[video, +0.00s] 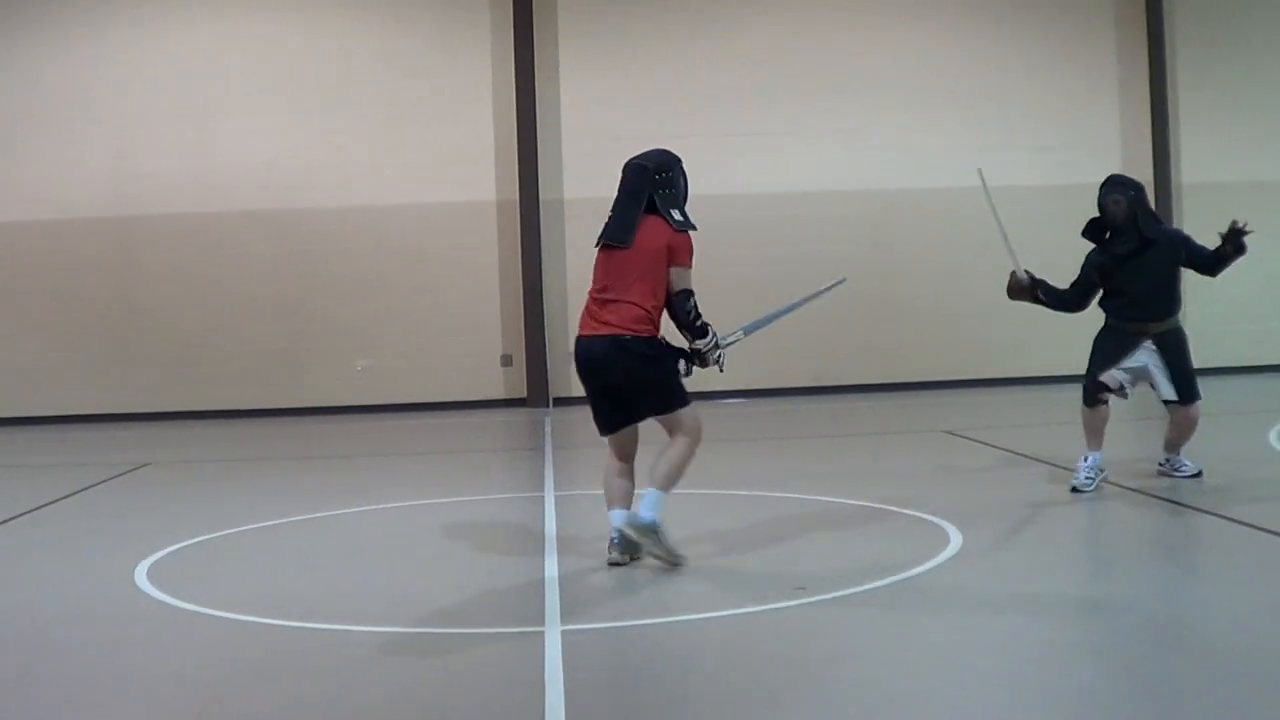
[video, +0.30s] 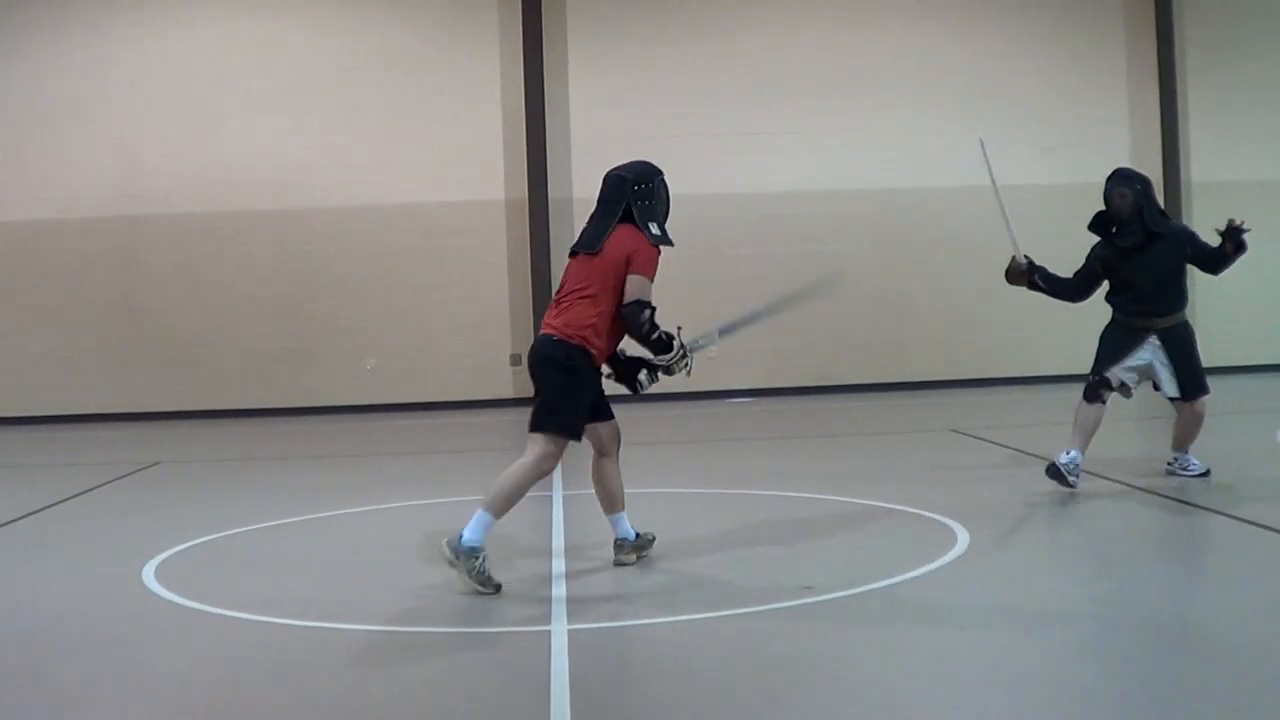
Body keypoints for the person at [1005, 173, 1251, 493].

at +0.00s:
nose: (1111, 209)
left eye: (1118, 202)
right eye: (1106, 203)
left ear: (1135, 204)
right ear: (1101, 208)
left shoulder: (1167, 240)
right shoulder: (1102, 254)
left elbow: (1208, 265)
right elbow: (1075, 300)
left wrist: (1228, 250)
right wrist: (1036, 288)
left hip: (1165, 334)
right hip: (1118, 334)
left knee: (1188, 412)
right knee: (1093, 392)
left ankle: (1171, 457)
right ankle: (1093, 461)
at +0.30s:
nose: (1114, 200)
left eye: (1122, 193)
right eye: (1111, 194)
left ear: (1140, 197)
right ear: (1106, 201)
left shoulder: (1174, 235)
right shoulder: (1107, 248)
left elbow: (1212, 263)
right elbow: (1076, 290)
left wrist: (1230, 246)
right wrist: (1033, 274)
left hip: (1172, 330)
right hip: (1124, 331)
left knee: (1194, 403)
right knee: (1096, 389)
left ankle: (1179, 458)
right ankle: (1072, 461)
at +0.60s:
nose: (1087, 196)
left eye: (1094, 189)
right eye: (1082, 191)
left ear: (1113, 192)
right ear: (1077, 198)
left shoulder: (1143, 234)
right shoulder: (1074, 245)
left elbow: (1179, 267)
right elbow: (1046, 285)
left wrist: (1199, 250)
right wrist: (1003, 271)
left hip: (1141, 329)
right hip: (1092, 332)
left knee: (1166, 400)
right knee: (1070, 400)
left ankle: (1176, 454)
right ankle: (1056, 473)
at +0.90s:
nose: (1064, 191)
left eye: (1071, 184)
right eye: (1059, 185)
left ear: (1089, 186)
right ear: (1052, 192)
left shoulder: (1119, 224)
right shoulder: (1050, 238)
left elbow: (1151, 251)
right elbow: (1023, 280)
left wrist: (1168, 266)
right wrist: (985, 266)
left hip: (1122, 323)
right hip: (1075, 326)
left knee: (1137, 394)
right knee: (1060, 396)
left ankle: (1108, 462)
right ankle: (1042, 473)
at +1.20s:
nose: (1061, 188)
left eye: (1068, 181)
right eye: (1056, 182)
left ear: (1085, 183)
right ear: (1049, 186)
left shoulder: (1115, 221)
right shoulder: (1047, 233)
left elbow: (1147, 245)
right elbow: (1020, 276)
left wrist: (1147, 290)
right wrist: (986, 261)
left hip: (1112, 320)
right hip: (1066, 321)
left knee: (1121, 398)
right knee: (1048, 388)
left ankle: (1094, 463)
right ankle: (1031, 465)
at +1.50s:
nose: (1021, 187)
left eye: (1027, 180)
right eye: (1015, 181)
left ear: (1041, 185)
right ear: (1005, 188)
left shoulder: (1065, 228)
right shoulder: (997, 237)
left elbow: (1090, 257)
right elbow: (968, 279)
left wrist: (1086, 299)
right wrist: (940, 260)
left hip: (1060, 324)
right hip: (1014, 328)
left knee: (1075, 399)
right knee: (1010, 402)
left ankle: (1057, 466)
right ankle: (993, 478)